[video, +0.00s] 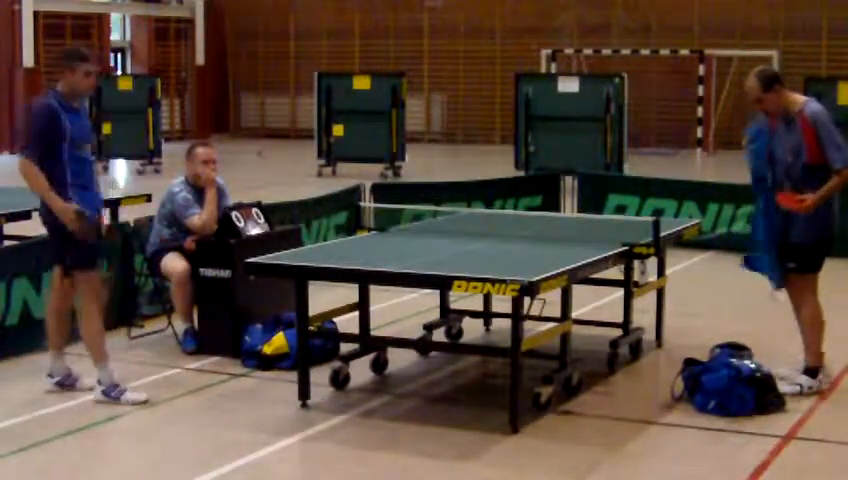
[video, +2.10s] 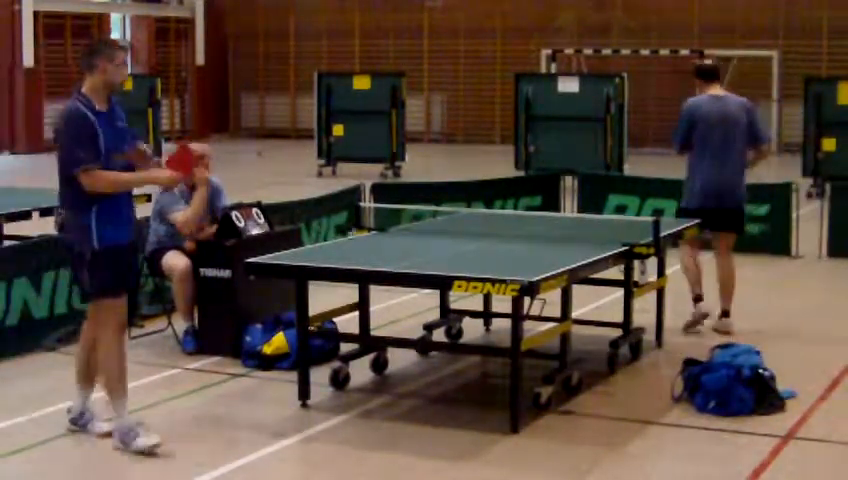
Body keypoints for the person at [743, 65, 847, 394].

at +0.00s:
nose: (759, 109)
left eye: (760, 101)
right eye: (755, 103)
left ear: (776, 91)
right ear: (763, 97)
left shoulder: (812, 115)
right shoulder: (771, 121)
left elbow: (842, 168)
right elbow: (768, 174)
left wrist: (816, 198)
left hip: (808, 215)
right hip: (779, 214)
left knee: (804, 289)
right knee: (794, 288)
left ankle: (813, 370)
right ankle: (812, 361)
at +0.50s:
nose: (746, 98)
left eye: (748, 91)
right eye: (745, 91)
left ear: (765, 86)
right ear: (766, 85)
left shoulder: (796, 115)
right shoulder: (783, 116)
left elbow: (806, 169)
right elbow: (785, 168)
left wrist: (765, 190)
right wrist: (758, 183)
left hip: (798, 220)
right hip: (785, 217)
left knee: (797, 289)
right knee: (790, 287)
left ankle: (811, 371)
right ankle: (796, 355)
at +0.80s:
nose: (746, 92)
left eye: (749, 85)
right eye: (746, 85)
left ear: (765, 83)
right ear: (771, 81)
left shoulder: (776, 114)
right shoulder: (806, 110)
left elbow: (767, 167)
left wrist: (743, 178)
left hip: (781, 212)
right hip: (806, 210)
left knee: (762, 274)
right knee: (788, 277)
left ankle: (794, 341)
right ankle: (793, 348)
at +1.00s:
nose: (747, 90)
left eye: (749, 83)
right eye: (747, 84)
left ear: (760, 81)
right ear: (776, 80)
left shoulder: (762, 112)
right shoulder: (806, 110)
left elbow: (753, 164)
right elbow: (814, 159)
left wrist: (736, 167)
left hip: (766, 210)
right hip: (800, 209)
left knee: (742, 267)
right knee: (788, 275)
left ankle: (763, 340)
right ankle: (790, 353)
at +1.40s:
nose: (723, 91)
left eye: (722, 87)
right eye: (724, 86)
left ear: (727, 84)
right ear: (750, 80)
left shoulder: (726, 112)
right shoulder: (776, 108)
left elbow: (712, 162)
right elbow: (797, 154)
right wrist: (769, 161)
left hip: (738, 203)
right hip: (772, 202)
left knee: (735, 269)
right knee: (765, 265)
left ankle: (735, 335)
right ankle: (782, 315)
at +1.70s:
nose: (708, 88)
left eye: (708, 84)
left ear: (712, 84)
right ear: (735, 81)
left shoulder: (705, 113)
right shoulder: (759, 108)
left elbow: (687, 156)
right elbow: (782, 145)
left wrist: (710, 144)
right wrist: (771, 171)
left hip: (722, 197)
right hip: (754, 195)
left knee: (729, 259)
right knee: (745, 256)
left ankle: (736, 325)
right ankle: (740, 317)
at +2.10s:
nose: (696, 86)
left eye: (695, 81)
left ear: (698, 81)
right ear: (720, 77)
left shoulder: (693, 106)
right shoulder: (743, 105)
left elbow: (681, 146)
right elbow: (761, 147)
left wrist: (704, 144)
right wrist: (744, 163)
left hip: (699, 192)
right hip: (731, 193)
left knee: (689, 247)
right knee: (724, 251)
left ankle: (699, 303)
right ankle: (725, 315)